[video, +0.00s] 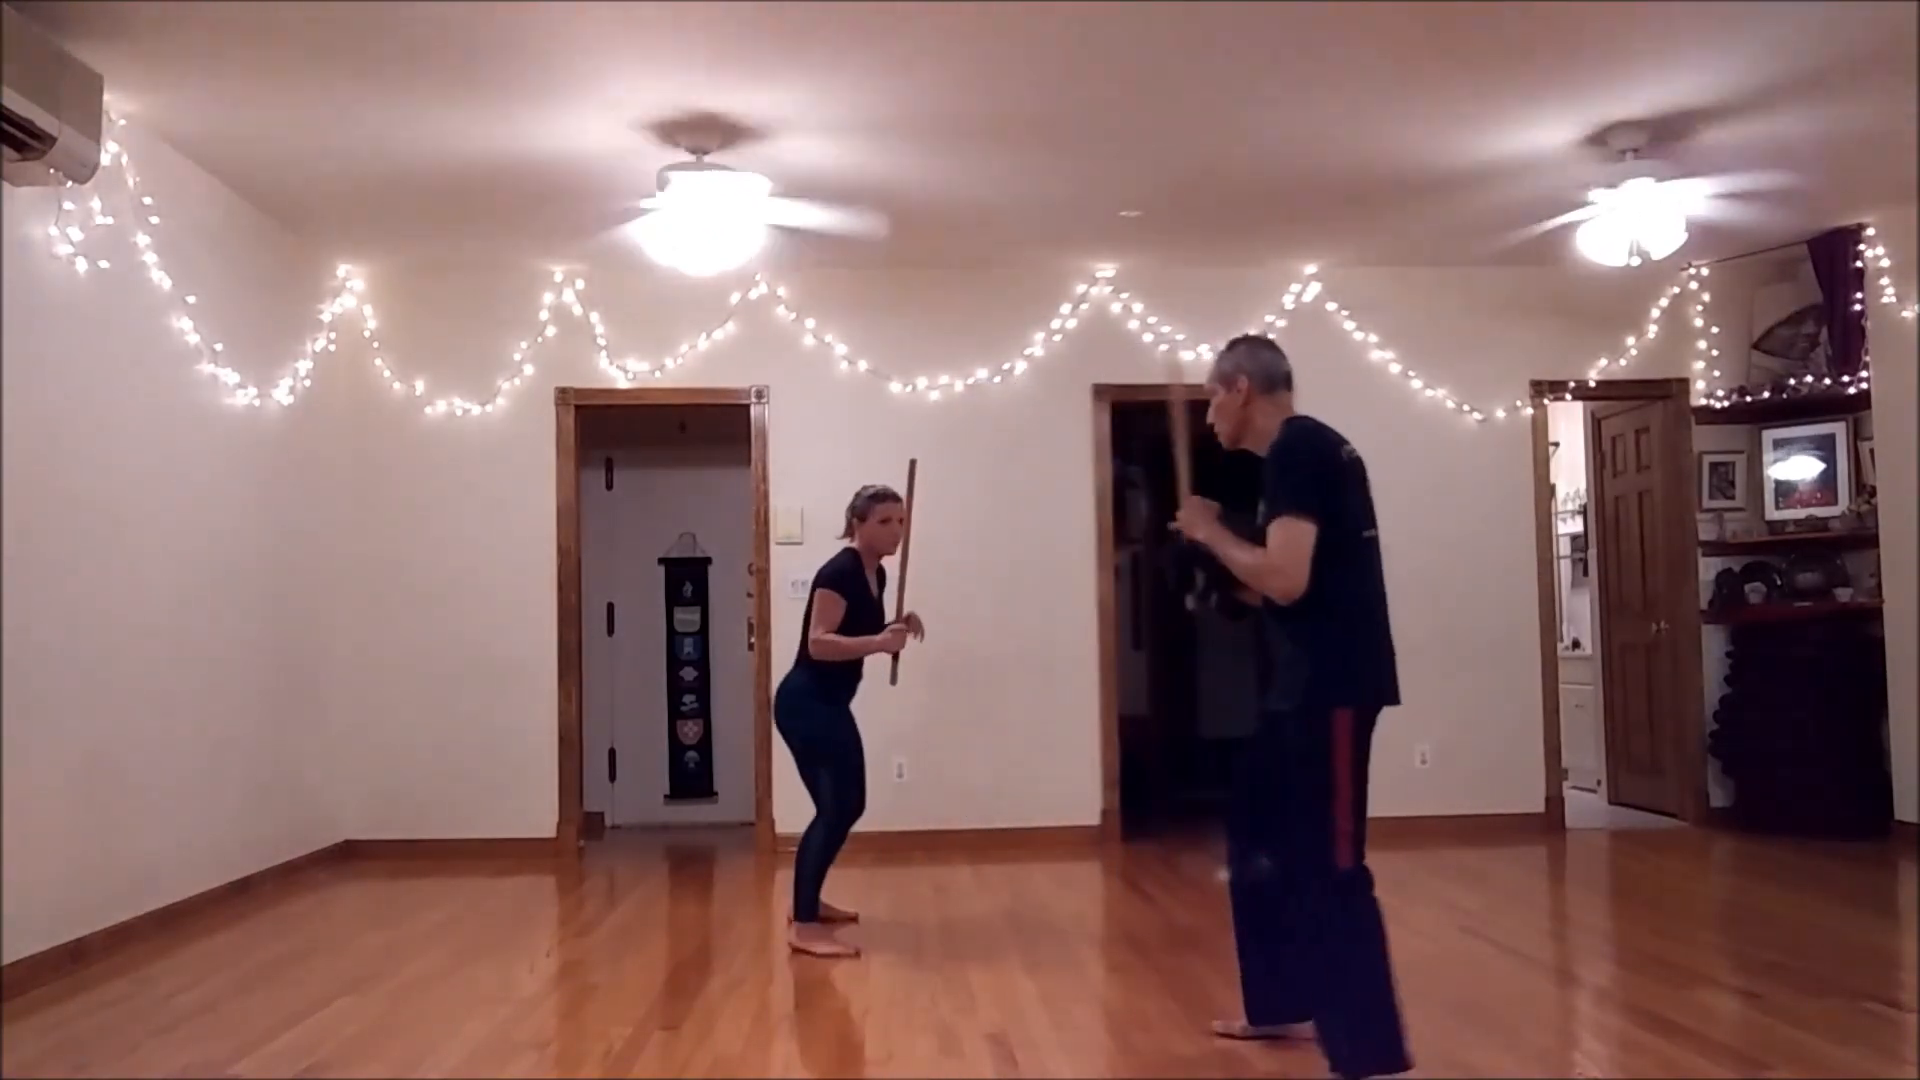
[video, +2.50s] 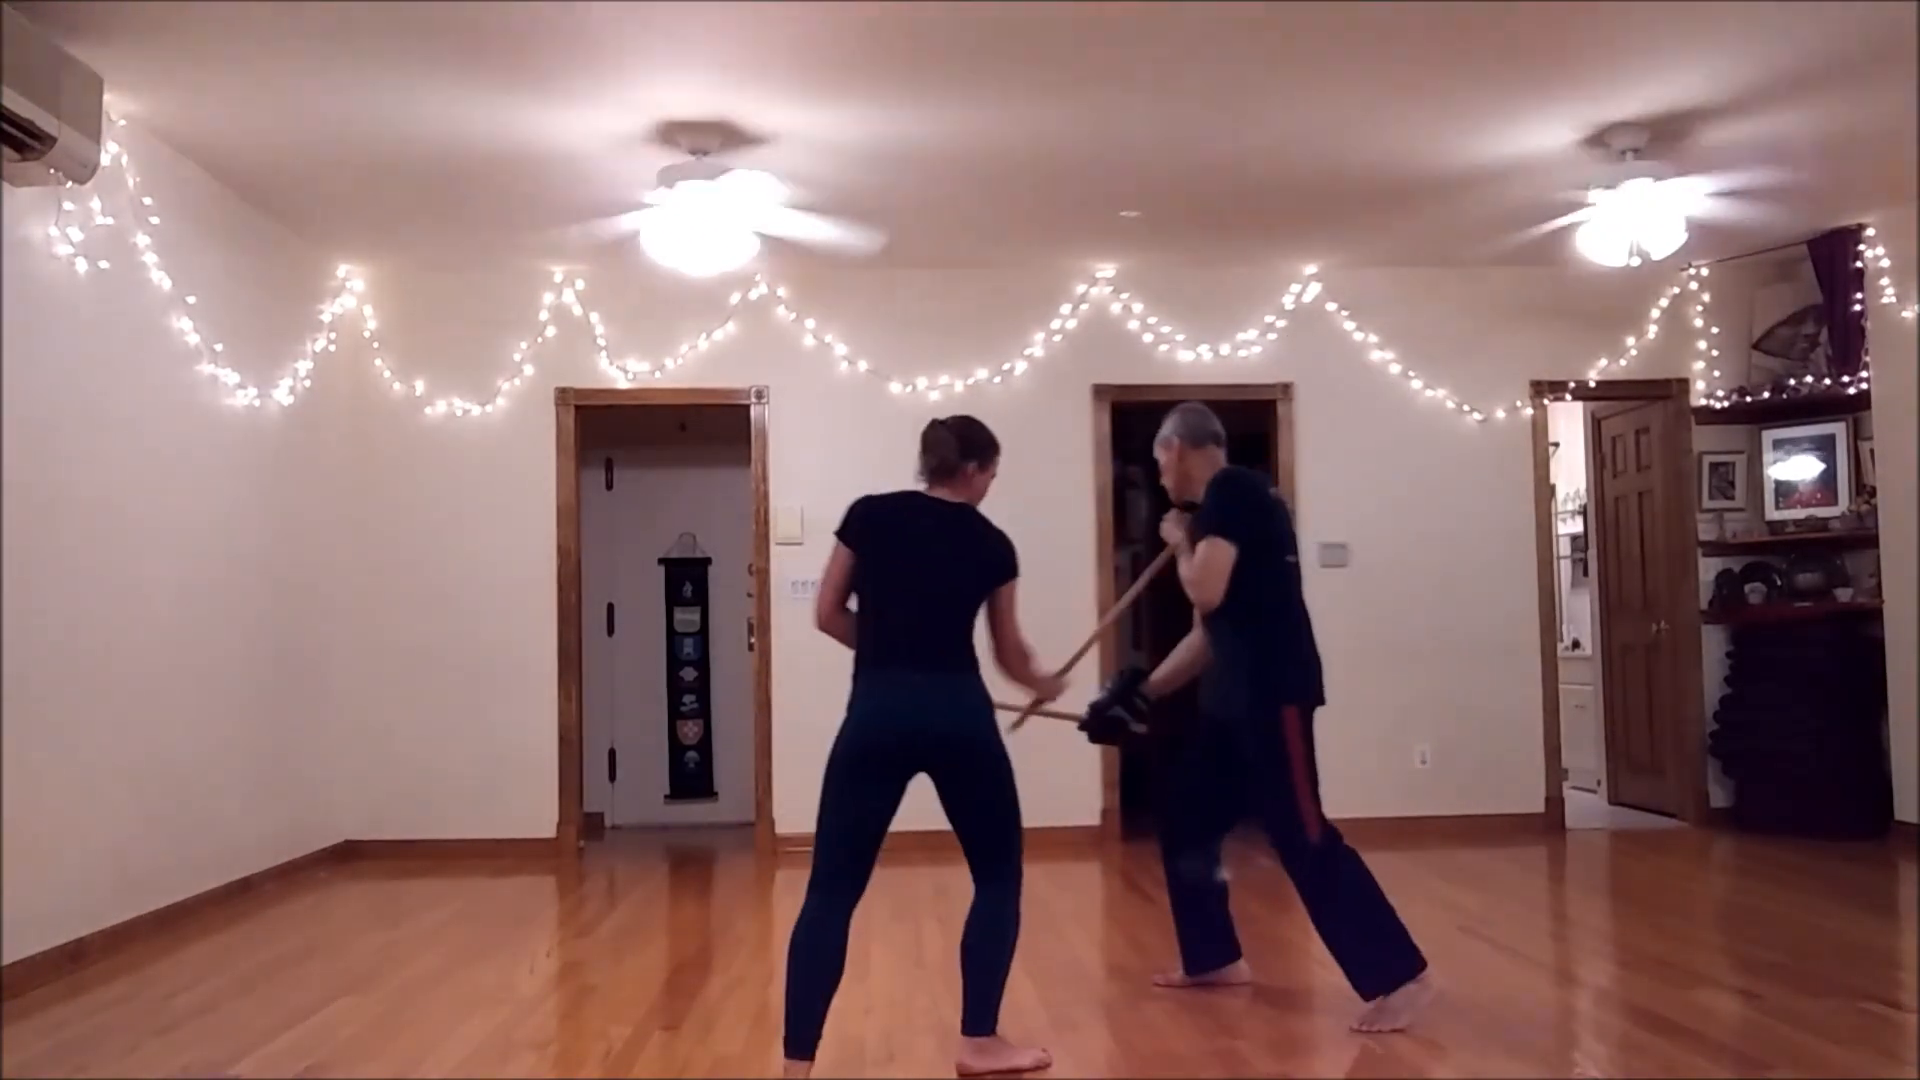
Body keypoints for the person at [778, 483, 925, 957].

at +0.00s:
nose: (897, 530)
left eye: (901, 522)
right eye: (887, 522)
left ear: (902, 528)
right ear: (858, 526)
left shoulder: (874, 573)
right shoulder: (838, 573)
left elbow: (856, 634)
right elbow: (817, 643)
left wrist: (893, 628)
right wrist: (879, 643)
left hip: (832, 704)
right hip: (806, 705)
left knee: (851, 805)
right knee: (835, 807)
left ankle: (807, 903)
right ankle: (803, 925)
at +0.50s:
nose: (870, 535)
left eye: (874, 526)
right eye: (861, 526)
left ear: (869, 531)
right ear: (830, 529)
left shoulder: (839, 575)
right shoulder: (811, 576)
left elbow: (814, 637)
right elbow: (785, 648)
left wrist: (851, 641)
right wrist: (850, 649)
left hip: (780, 706)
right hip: (773, 708)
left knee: (781, 811)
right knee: (826, 810)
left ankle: (717, 905)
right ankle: (805, 929)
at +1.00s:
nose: (840, 532)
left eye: (842, 523)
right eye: (831, 522)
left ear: (826, 528)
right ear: (800, 524)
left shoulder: (803, 573)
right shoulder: (780, 572)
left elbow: (803, 640)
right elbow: (760, 645)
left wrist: (835, 615)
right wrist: (825, 647)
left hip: (752, 703)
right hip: (752, 706)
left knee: (754, 808)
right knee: (804, 805)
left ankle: (710, 910)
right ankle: (803, 927)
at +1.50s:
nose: (949, 546)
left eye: (950, 537)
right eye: (941, 537)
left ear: (910, 543)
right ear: (910, 542)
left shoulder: (892, 586)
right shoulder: (908, 598)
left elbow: (929, 637)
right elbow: (981, 664)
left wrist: (958, 637)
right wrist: (1054, 670)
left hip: (843, 729)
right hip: (856, 739)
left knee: (836, 820)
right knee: (943, 817)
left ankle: (755, 883)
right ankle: (968, 945)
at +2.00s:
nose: (1033, 504)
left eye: (1034, 492)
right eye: (1028, 492)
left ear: (979, 494)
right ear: (991, 491)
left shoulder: (928, 551)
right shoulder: (1017, 554)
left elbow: (897, 636)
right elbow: (1090, 624)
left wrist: (947, 662)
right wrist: (1148, 577)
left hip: (928, 731)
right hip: (990, 732)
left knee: (974, 827)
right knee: (1027, 876)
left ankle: (999, 930)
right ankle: (985, 1013)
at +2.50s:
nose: (993, 483)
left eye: (992, 473)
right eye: (993, 473)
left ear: (928, 466)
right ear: (977, 471)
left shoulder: (870, 512)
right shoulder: (990, 543)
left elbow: (828, 614)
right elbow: (1009, 653)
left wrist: (878, 643)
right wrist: (1041, 680)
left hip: (876, 719)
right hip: (958, 723)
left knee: (832, 886)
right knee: (997, 876)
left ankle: (796, 1059)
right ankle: (979, 1038)